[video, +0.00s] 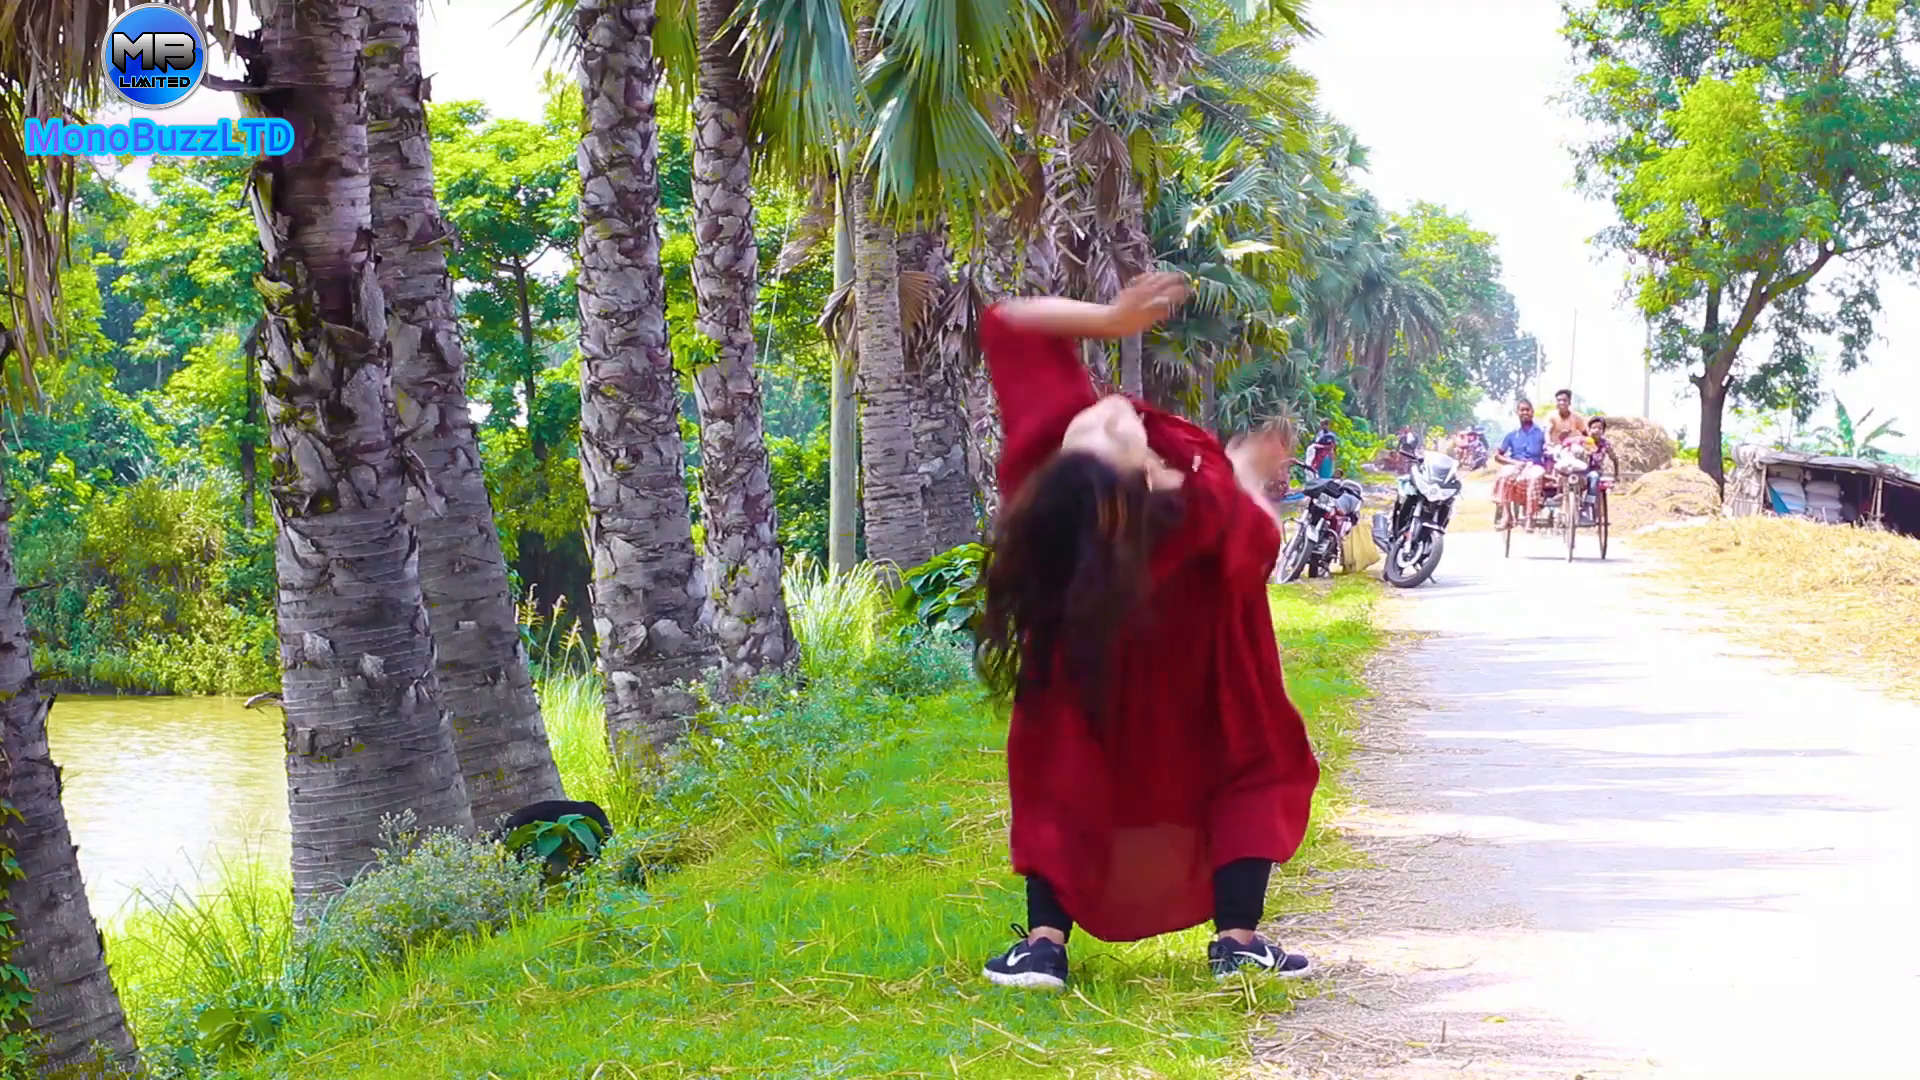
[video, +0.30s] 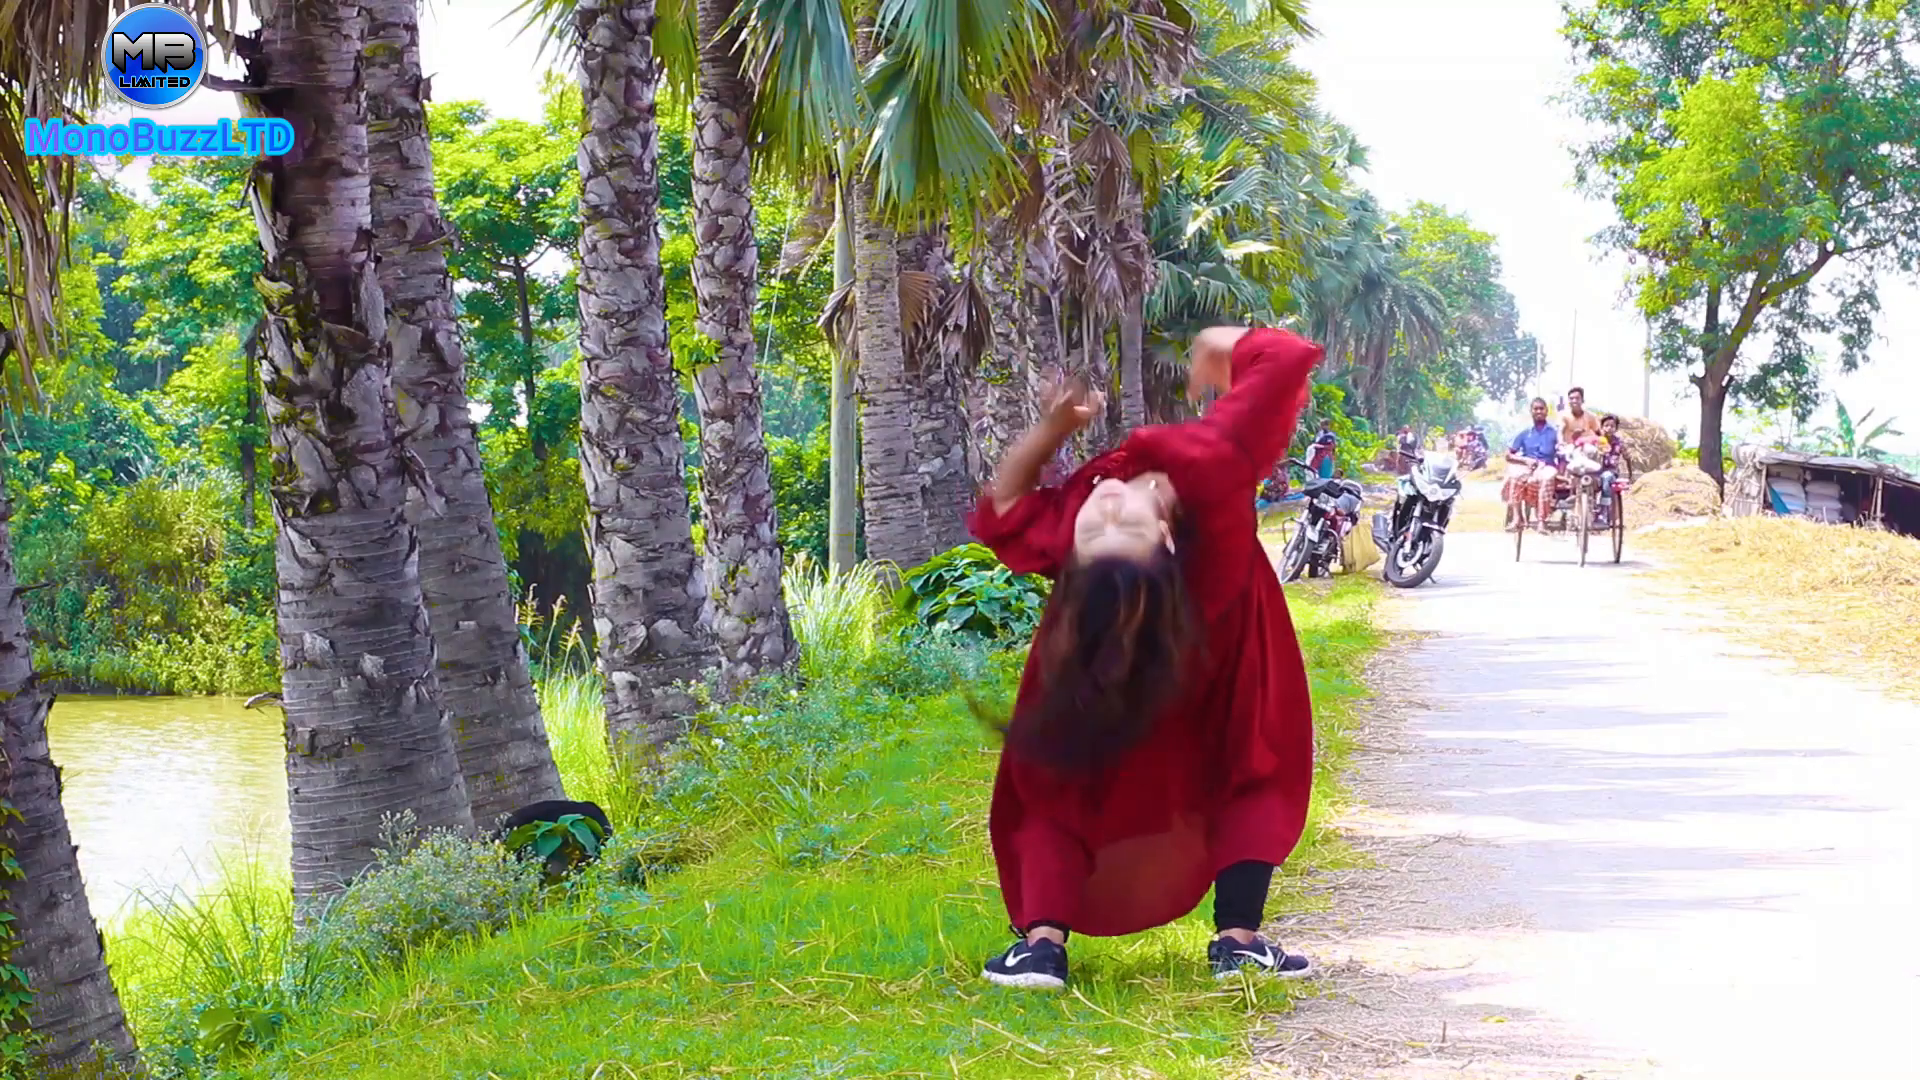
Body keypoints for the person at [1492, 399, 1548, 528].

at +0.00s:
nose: (1525, 413)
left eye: (1527, 410)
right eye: (1522, 410)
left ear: (1532, 412)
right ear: (1517, 413)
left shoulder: (1540, 434)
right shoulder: (1512, 435)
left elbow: (1547, 455)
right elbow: (1498, 455)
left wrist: (1548, 472)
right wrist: (1514, 462)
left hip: (1534, 464)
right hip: (1516, 463)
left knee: (1535, 477)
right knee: (1503, 476)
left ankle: (1529, 517)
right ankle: (1506, 515)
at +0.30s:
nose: (1538, 412)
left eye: (1541, 408)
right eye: (1535, 409)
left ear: (1546, 411)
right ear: (1531, 412)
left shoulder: (1553, 433)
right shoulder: (1525, 434)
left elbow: (1561, 456)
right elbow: (1509, 455)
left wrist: (1561, 474)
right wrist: (1526, 460)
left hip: (1546, 466)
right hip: (1527, 465)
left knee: (1547, 478)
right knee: (1514, 477)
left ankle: (1541, 520)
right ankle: (1516, 517)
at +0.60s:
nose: (1550, 410)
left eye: (1554, 407)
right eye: (1547, 407)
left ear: (1559, 409)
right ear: (1543, 409)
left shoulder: (1566, 431)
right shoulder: (1536, 430)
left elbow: (1573, 453)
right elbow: (1520, 455)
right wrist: (1537, 461)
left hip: (1558, 464)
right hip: (1538, 463)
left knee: (1559, 480)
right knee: (1524, 480)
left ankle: (1552, 522)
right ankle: (1529, 522)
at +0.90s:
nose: (1562, 408)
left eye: (1566, 404)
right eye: (1559, 405)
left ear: (1571, 407)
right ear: (1554, 407)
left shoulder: (1579, 429)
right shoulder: (1547, 429)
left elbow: (1585, 450)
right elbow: (1528, 453)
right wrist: (1546, 459)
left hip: (1571, 465)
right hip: (1549, 464)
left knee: (1570, 481)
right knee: (1534, 479)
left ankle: (1563, 526)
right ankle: (1539, 525)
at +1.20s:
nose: (1573, 406)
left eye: (1576, 402)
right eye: (1569, 403)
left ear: (1582, 405)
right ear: (1564, 406)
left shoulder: (1590, 429)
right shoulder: (1557, 427)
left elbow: (1596, 451)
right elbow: (1537, 453)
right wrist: (1553, 458)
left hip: (1581, 465)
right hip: (1559, 463)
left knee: (1580, 481)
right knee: (1546, 479)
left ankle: (1574, 526)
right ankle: (1547, 524)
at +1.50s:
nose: (1582, 404)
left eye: (1586, 400)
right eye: (1579, 401)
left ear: (1592, 403)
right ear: (1574, 404)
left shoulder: (1600, 427)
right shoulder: (1567, 427)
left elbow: (1606, 450)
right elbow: (1546, 453)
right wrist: (1560, 461)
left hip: (1591, 466)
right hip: (1568, 465)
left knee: (1590, 483)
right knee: (1555, 480)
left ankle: (1582, 531)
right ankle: (1558, 529)